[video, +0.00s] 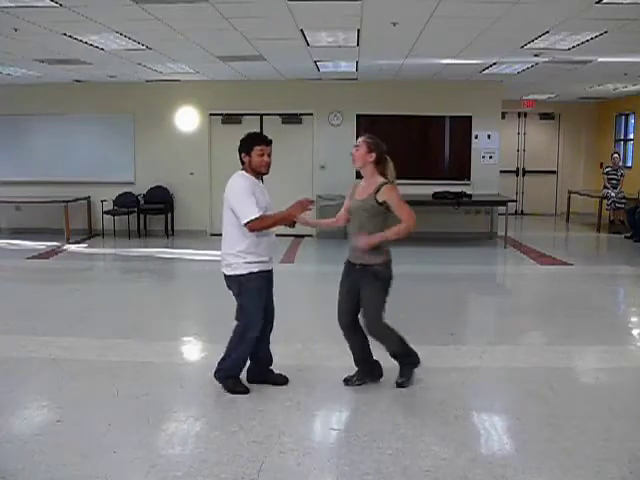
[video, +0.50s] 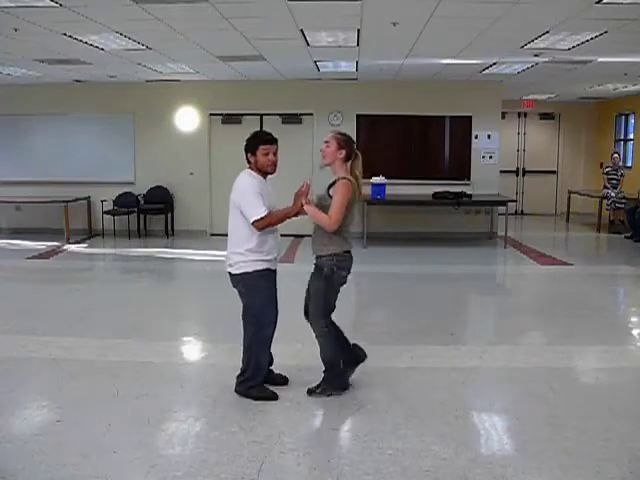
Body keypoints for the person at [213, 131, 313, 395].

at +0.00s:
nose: (267, 160)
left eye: (269, 155)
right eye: (261, 155)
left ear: (269, 156)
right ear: (245, 157)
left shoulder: (258, 185)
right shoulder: (239, 184)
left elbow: (260, 220)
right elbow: (253, 224)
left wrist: (283, 220)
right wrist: (288, 214)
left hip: (261, 267)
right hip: (243, 268)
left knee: (265, 319)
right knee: (251, 321)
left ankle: (260, 369)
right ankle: (227, 373)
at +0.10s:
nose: (270, 160)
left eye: (272, 155)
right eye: (263, 155)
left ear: (273, 157)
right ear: (248, 158)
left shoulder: (259, 185)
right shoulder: (242, 184)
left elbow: (262, 220)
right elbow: (259, 222)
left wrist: (285, 222)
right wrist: (294, 211)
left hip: (261, 264)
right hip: (247, 266)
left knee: (264, 318)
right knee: (264, 318)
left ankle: (260, 369)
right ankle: (232, 365)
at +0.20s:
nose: (272, 159)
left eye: (274, 154)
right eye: (265, 154)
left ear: (275, 155)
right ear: (250, 157)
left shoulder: (260, 183)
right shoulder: (245, 183)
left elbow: (266, 218)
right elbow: (262, 220)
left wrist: (294, 215)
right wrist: (297, 210)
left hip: (261, 264)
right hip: (249, 266)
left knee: (269, 317)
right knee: (265, 318)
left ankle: (261, 367)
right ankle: (243, 371)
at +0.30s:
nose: (273, 159)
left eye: (275, 154)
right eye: (267, 154)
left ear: (277, 155)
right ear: (251, 157)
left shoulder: (261, 182)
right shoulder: (248, 183)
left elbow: (269, 219)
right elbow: (266, 221)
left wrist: (298, 211)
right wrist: (298, 208)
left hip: (263, 266)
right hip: (251, 268)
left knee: (268, 322)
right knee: (263, 323)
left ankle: (262, 370)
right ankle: (249, 381)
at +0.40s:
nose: (274, 159)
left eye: (276, 154)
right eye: (268, 154)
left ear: (277, 155)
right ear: (252, 157)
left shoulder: (262, 182)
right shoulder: (249, 183)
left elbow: (268, 219)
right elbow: (266, 222)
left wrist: (297, 207)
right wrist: (297, 206)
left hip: (264, 266)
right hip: (252, 267)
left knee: (267, 321)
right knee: (260, 323)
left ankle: (262, 369)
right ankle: (249, 382)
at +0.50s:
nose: (273, 159)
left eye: (275, 154)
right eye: (266, 154)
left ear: (276, 155)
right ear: (251, 157)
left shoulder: (260, 182)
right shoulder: (248, 183)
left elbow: (265, 218)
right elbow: (260, 222)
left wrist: (294, 207)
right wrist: (294, 210)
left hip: (262, 265)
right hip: (250, 266)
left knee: (266, 320)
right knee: (259, 322)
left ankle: (261, 370)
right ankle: (249, 382)